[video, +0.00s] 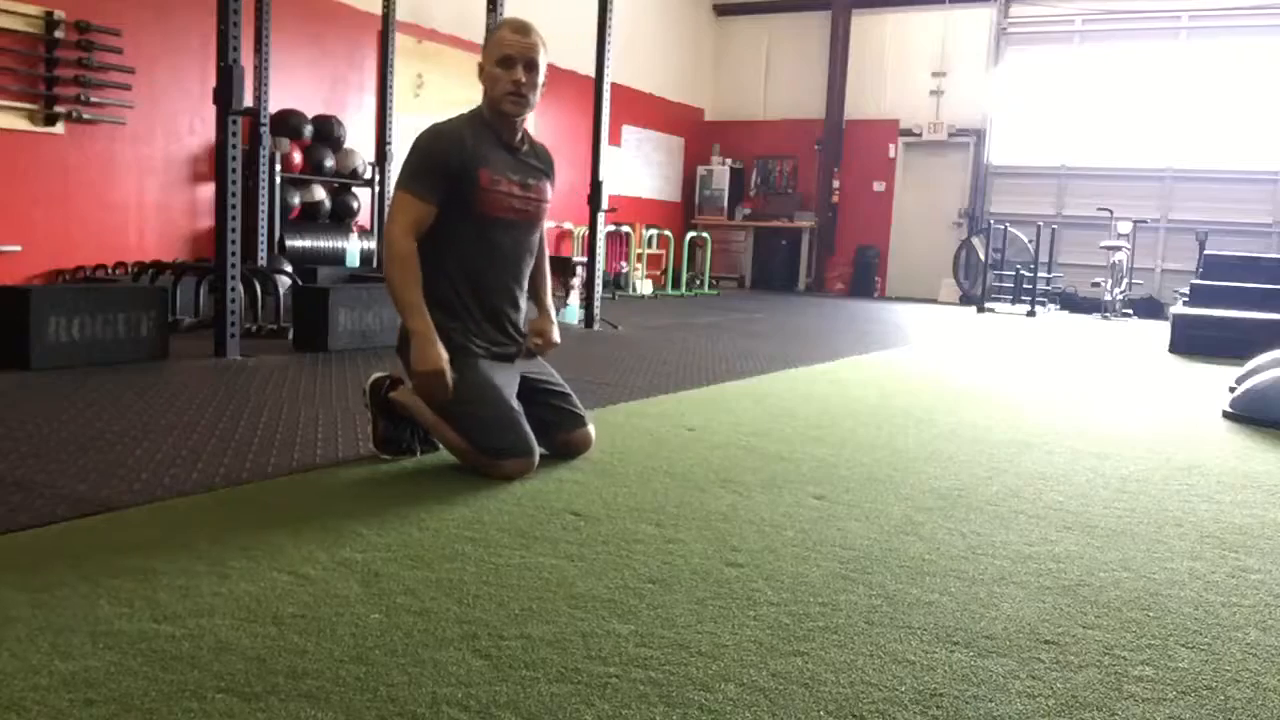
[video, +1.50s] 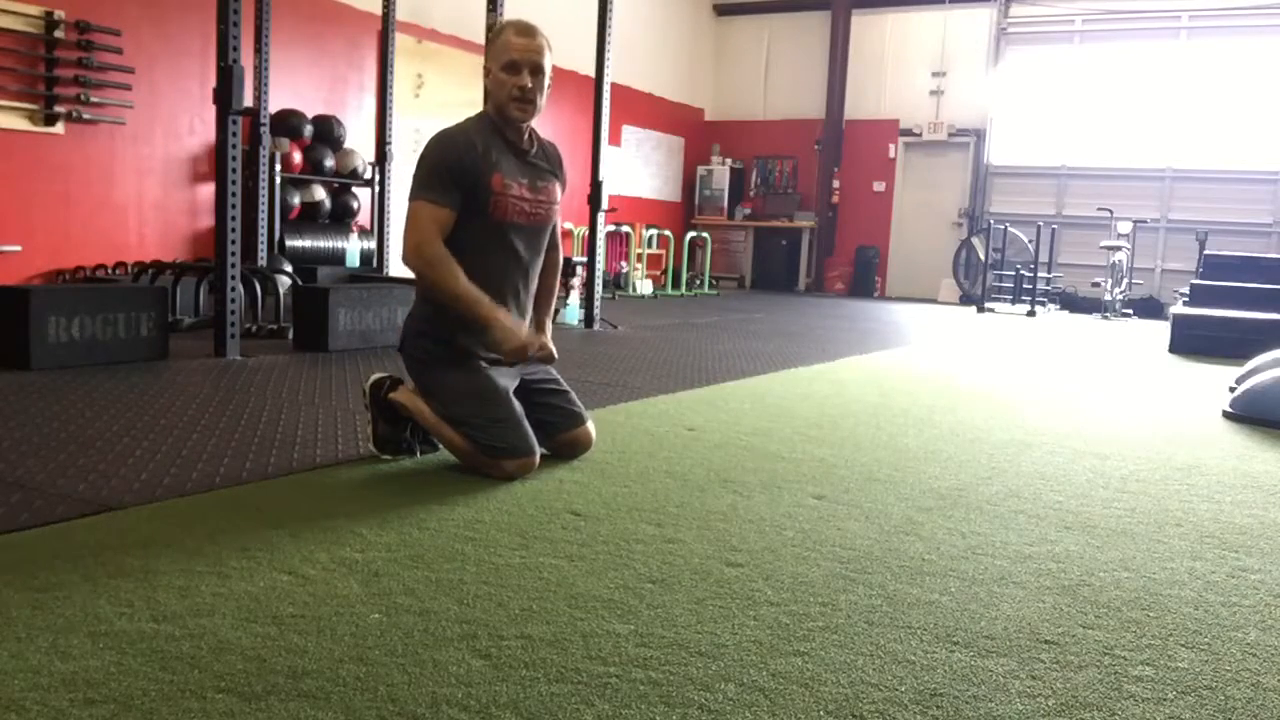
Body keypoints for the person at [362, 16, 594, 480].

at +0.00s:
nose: (520, 77)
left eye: (531, 66)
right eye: (506, 64)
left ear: (542, 76)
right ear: (482, 70)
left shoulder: (540, 159)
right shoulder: (444, 143)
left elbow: (535, 237)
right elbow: (398, 235)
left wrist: (544, 308)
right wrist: (422, 334)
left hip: (512, 342)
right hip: (453, 346)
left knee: (573, 439)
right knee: (513, 463)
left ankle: (443, 411)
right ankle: (398, 399)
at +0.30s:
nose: (503, 77)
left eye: (513, 66)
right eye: (488, 64)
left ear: (525, 78)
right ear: (463, 73)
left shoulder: (527, 156)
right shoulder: (435, 144)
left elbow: (524, 238)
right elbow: (398, 242)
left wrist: (535, 306)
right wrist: (442, 332)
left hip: (506, 344)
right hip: (449, 347)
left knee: (573, 438)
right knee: (513, 463)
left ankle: (440, 413)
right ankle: (397, 399)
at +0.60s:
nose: (504, 75)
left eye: (514, 64)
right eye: (489, 62)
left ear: (526, 76)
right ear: (464, 73)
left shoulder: (531, 154)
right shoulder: (438, 141)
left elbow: (533, 242)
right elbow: (401, 239)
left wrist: (533, 322)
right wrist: (454, 328)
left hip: (512, 343)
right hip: (449, 346)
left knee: (573, 439)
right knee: (513, 463)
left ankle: (441, 411)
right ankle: (398, 399)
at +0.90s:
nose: (515, 75)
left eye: (525, 65)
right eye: (501, 62)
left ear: (535, 77)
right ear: (475, 71)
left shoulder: (540, 155)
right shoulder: (445, 142)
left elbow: (544, 245)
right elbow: (412, 243)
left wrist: (539, 328)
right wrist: (460, 334)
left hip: (514, 344)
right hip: (448, 345)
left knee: (573, 439)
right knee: (514, 463)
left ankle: (442, 412)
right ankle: (398, 400)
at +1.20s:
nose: (524, 80)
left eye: (535, 69)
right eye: (510, 66)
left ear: (547, 80)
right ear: (484, 72)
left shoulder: (546, 157)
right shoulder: (454, 144)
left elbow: (546, 247)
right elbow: (417, 246)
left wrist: (540, 329)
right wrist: (465, 338)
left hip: (515, 344)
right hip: (450, 347)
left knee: (574, 439)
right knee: (515, 463)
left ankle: (442, 412)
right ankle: (400, 400)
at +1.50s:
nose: (524, 82)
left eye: (536, 71)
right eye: (510, 69)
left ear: (549, 80)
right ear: (486, 74)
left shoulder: (548, 157)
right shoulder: (454, 147)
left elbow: (550, 246)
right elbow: (420, 247)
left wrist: (542, 326)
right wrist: (495, 320)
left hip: (515, 340)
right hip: (449, 346)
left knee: (574, 439)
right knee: (515, 462)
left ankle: (444, 413)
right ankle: (399, 400)